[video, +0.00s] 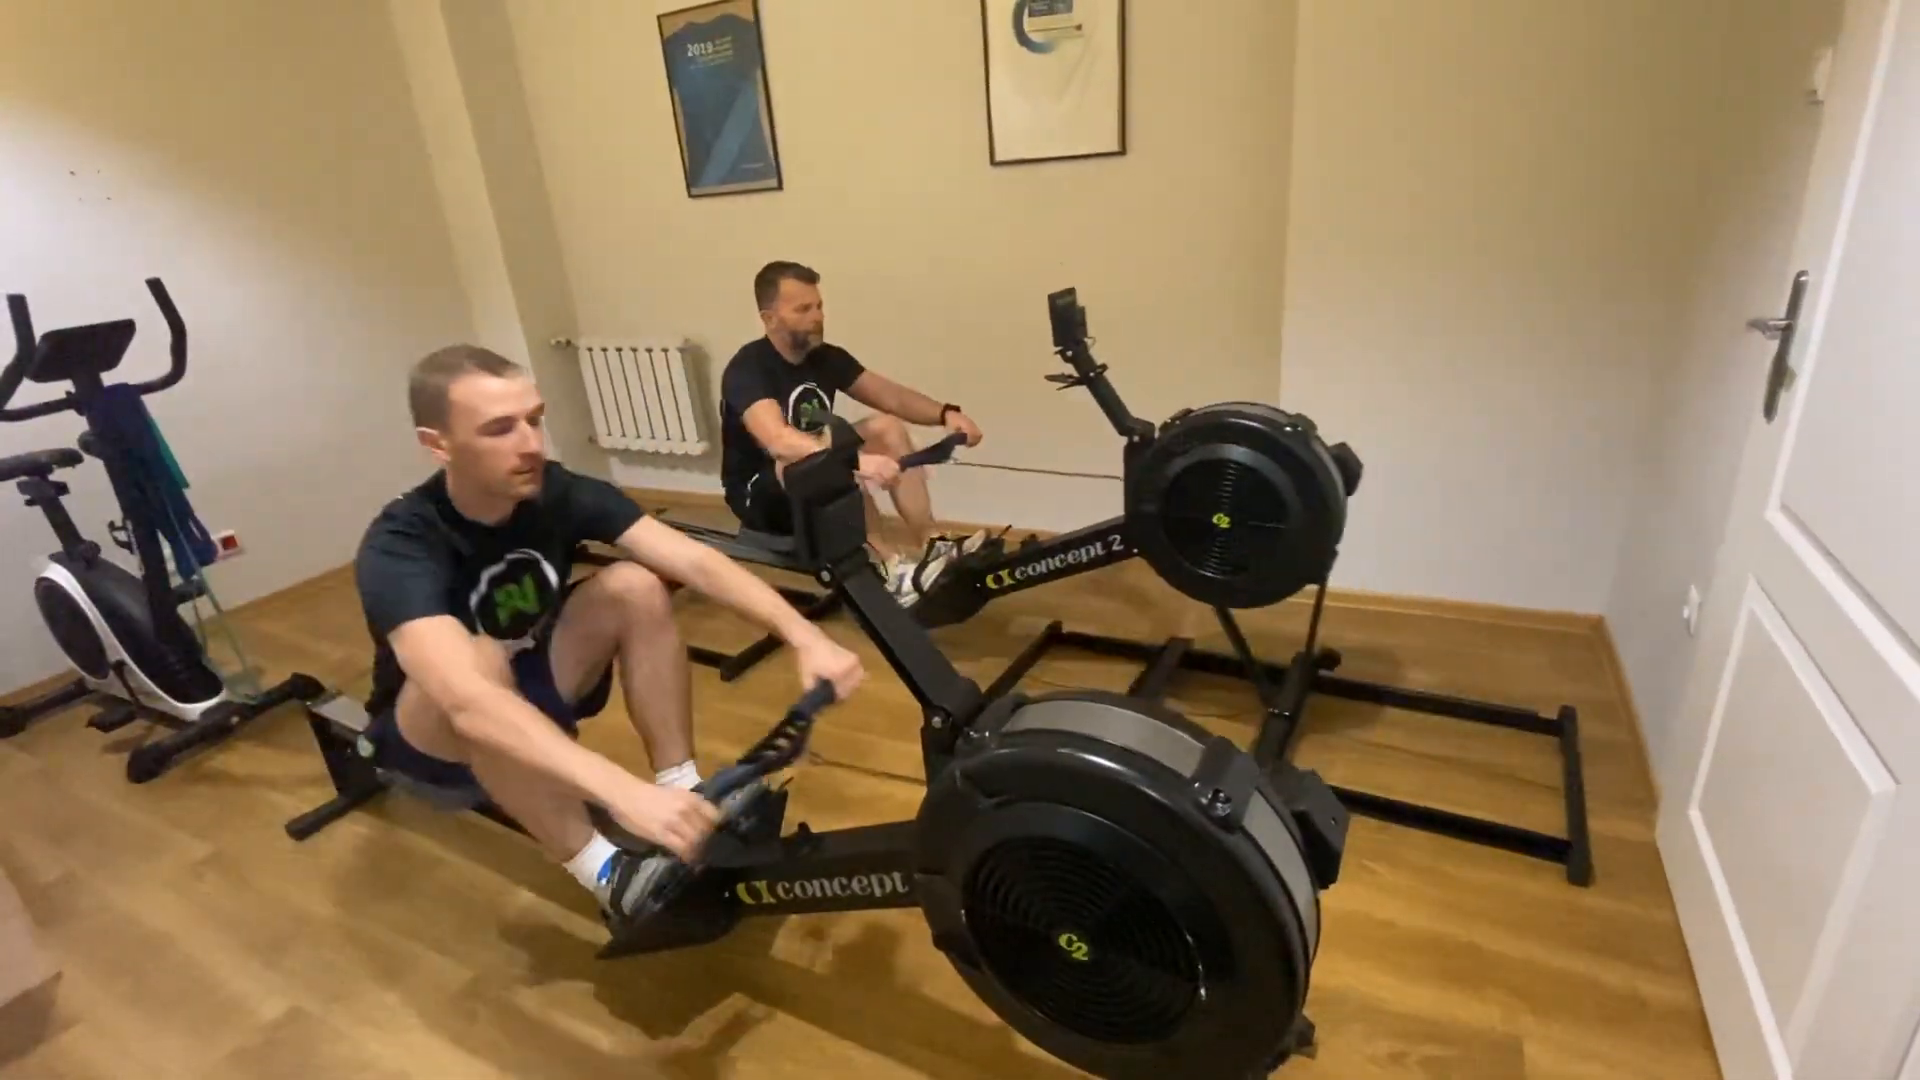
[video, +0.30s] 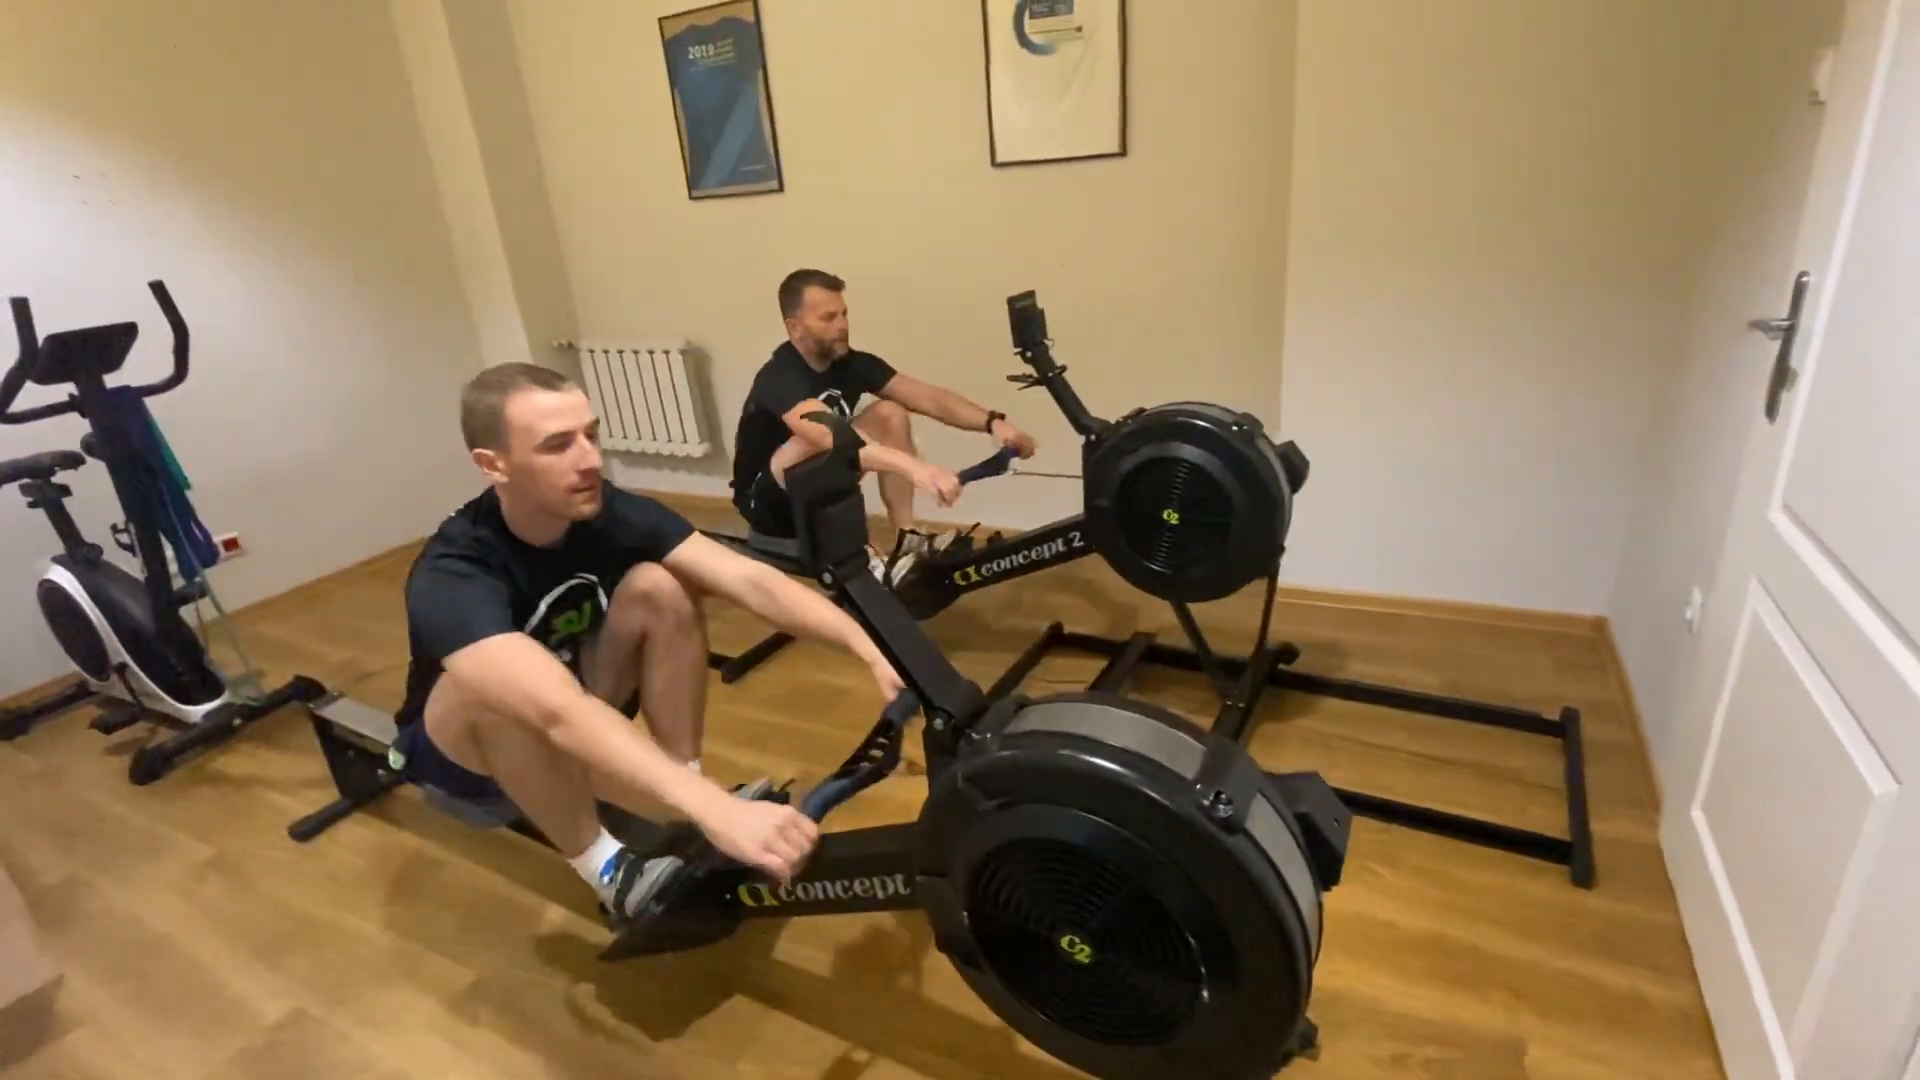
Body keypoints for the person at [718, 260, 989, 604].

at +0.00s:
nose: (818, 317)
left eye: (819, 307)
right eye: (804, 310)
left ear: (821, 303)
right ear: (769, 317)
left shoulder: (826, 358)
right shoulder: (746, 369)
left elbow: (888, 395)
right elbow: (779, 442)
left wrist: (945, 413)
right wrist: (854, 462)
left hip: (818, 476)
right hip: (762, 496)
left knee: (888, 429)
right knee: (818, 460)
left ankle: (932, 548)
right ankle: (892, 566)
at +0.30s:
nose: (843, 325)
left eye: (844, 315)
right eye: (830, 318)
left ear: (845, 311)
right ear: (794, 326)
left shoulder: (850, 365)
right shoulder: (779, 380)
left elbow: (929, 398)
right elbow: (835, 440)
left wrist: (994, 423)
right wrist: (916, 470)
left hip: (821, 484)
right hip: (767, 503)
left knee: (889, 415)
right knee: (818, 442)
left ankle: (909, 539)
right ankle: (862, 560)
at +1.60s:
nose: (750, 333)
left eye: (752, 321)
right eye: (738, 325)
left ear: (755, 320)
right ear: (706, 330)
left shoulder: (764, 372)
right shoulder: (692, 394)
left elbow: (788, 420)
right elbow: (678, 475)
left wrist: (822, 398)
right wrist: (715, 434)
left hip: (843, 478)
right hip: (800, 507)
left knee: (925, 511)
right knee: (897, 538)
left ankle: (1038, 572)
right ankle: (1009, 603)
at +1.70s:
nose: (756, 327)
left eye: (758, 316)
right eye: (743, 319)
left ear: (760, 315)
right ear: (712, 323)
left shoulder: (771, 369)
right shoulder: (696, 388)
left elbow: (801, 419)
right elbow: (685, 469)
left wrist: (834, 401)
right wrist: (725, 432)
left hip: (841, 478)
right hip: (796, 506)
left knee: (927, 508)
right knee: (893, 533)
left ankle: (1035, 572)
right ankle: (1004, 602)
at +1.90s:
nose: (774, 318)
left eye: (775, 307)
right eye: (761, 311)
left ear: (777, 307)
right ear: (728, 318)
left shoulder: (786, 361)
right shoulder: (711, 380)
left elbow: (827, 404)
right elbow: (701, 460)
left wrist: (866, 401)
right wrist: (762, 436)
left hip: (833, 483)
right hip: (787, 507)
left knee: (916, 484)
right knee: (881, 508)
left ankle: (1017, 568)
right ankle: (987, 599)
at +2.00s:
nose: (782, 317)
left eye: (782, 307)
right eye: (769, 310)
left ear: (784, 307)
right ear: (736, 319)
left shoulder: (792, 360)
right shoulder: (717, 380)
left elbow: (837, 403)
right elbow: (709, 458)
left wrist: (876, 405)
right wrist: (772, 442)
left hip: (831, 481)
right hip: (785, 505)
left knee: (917, 480)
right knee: (879, 502)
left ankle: (1011, 568)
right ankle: (978, 597)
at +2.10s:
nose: (791, 318)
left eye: (792, 308)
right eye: (778, 311)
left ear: (793, 308)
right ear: (745, 319)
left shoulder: (799, 361)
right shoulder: (726, 378)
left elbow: (846, 400)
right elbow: (718, 456)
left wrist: (890, 409)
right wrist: (789, 447)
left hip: (835, 483)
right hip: (784, 506)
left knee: (913, 471)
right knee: (876, 497)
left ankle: (1001, 568)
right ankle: (970, 594)